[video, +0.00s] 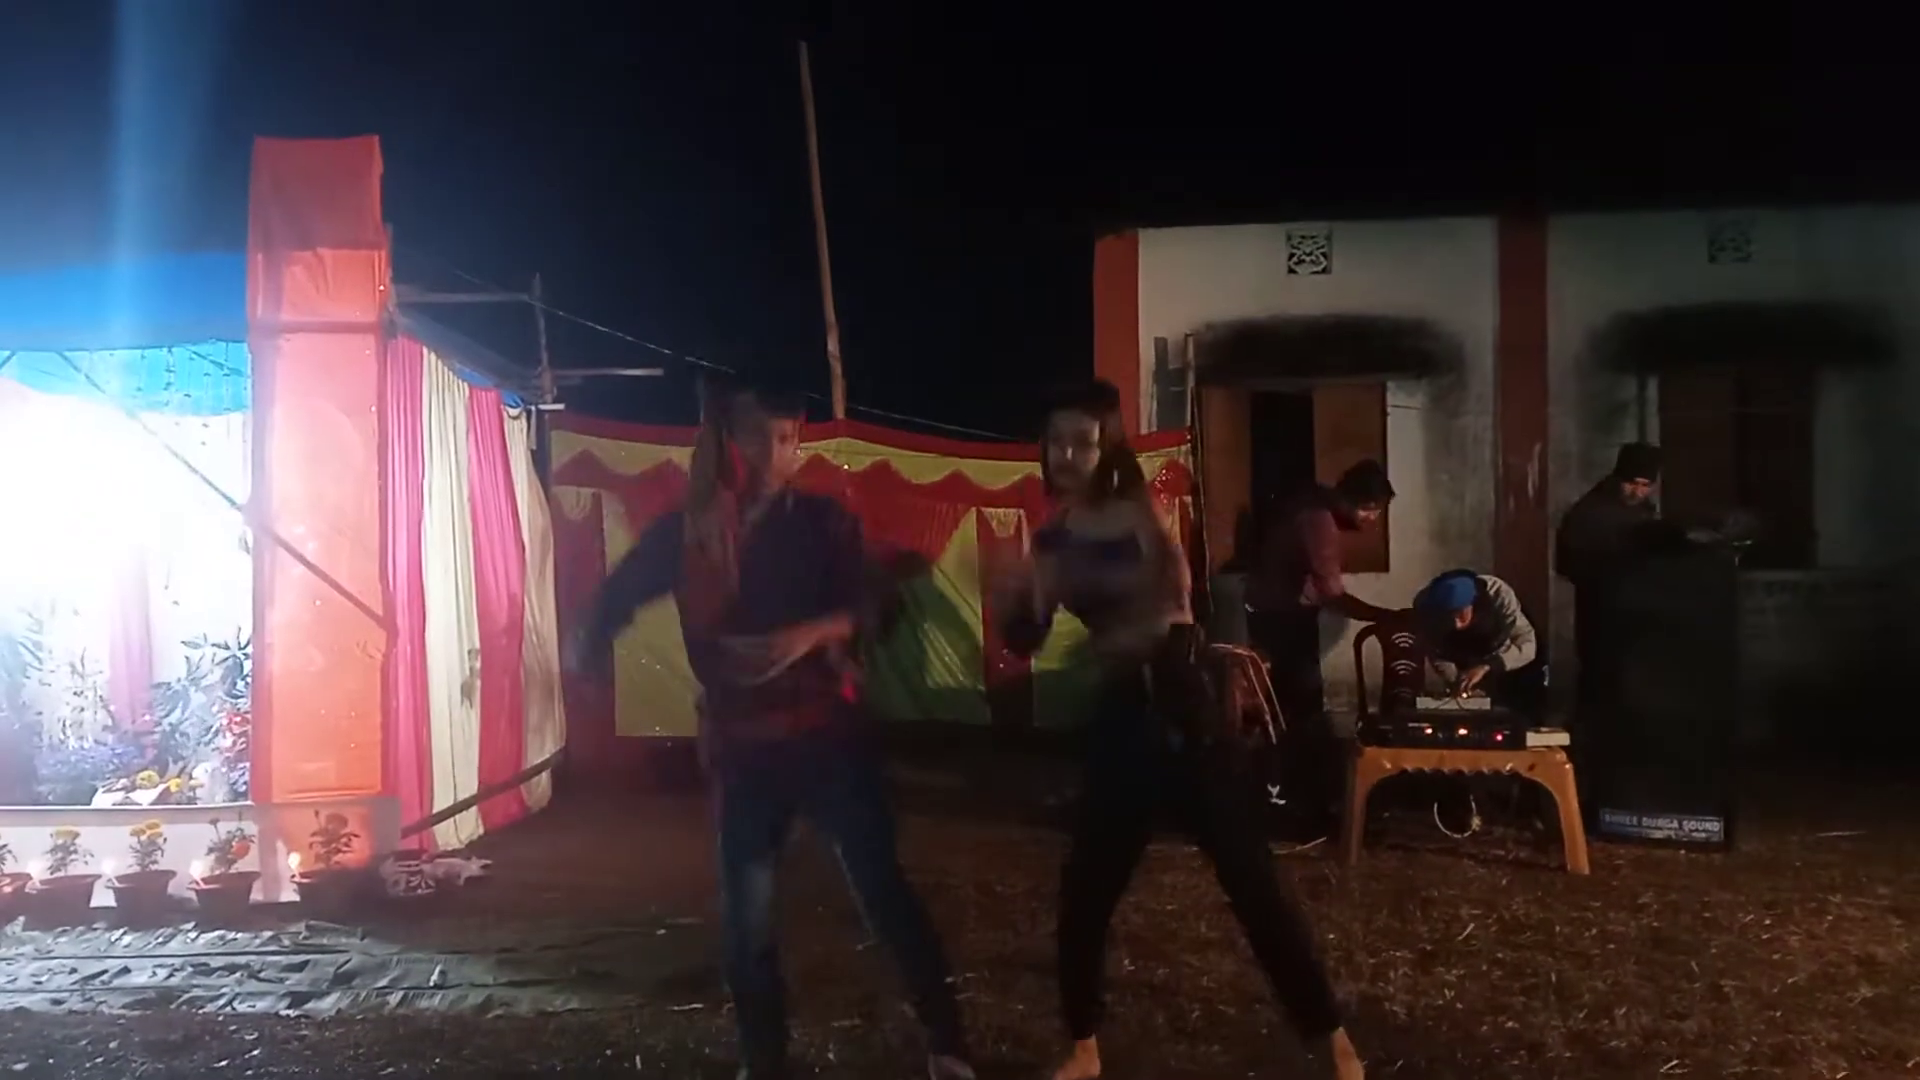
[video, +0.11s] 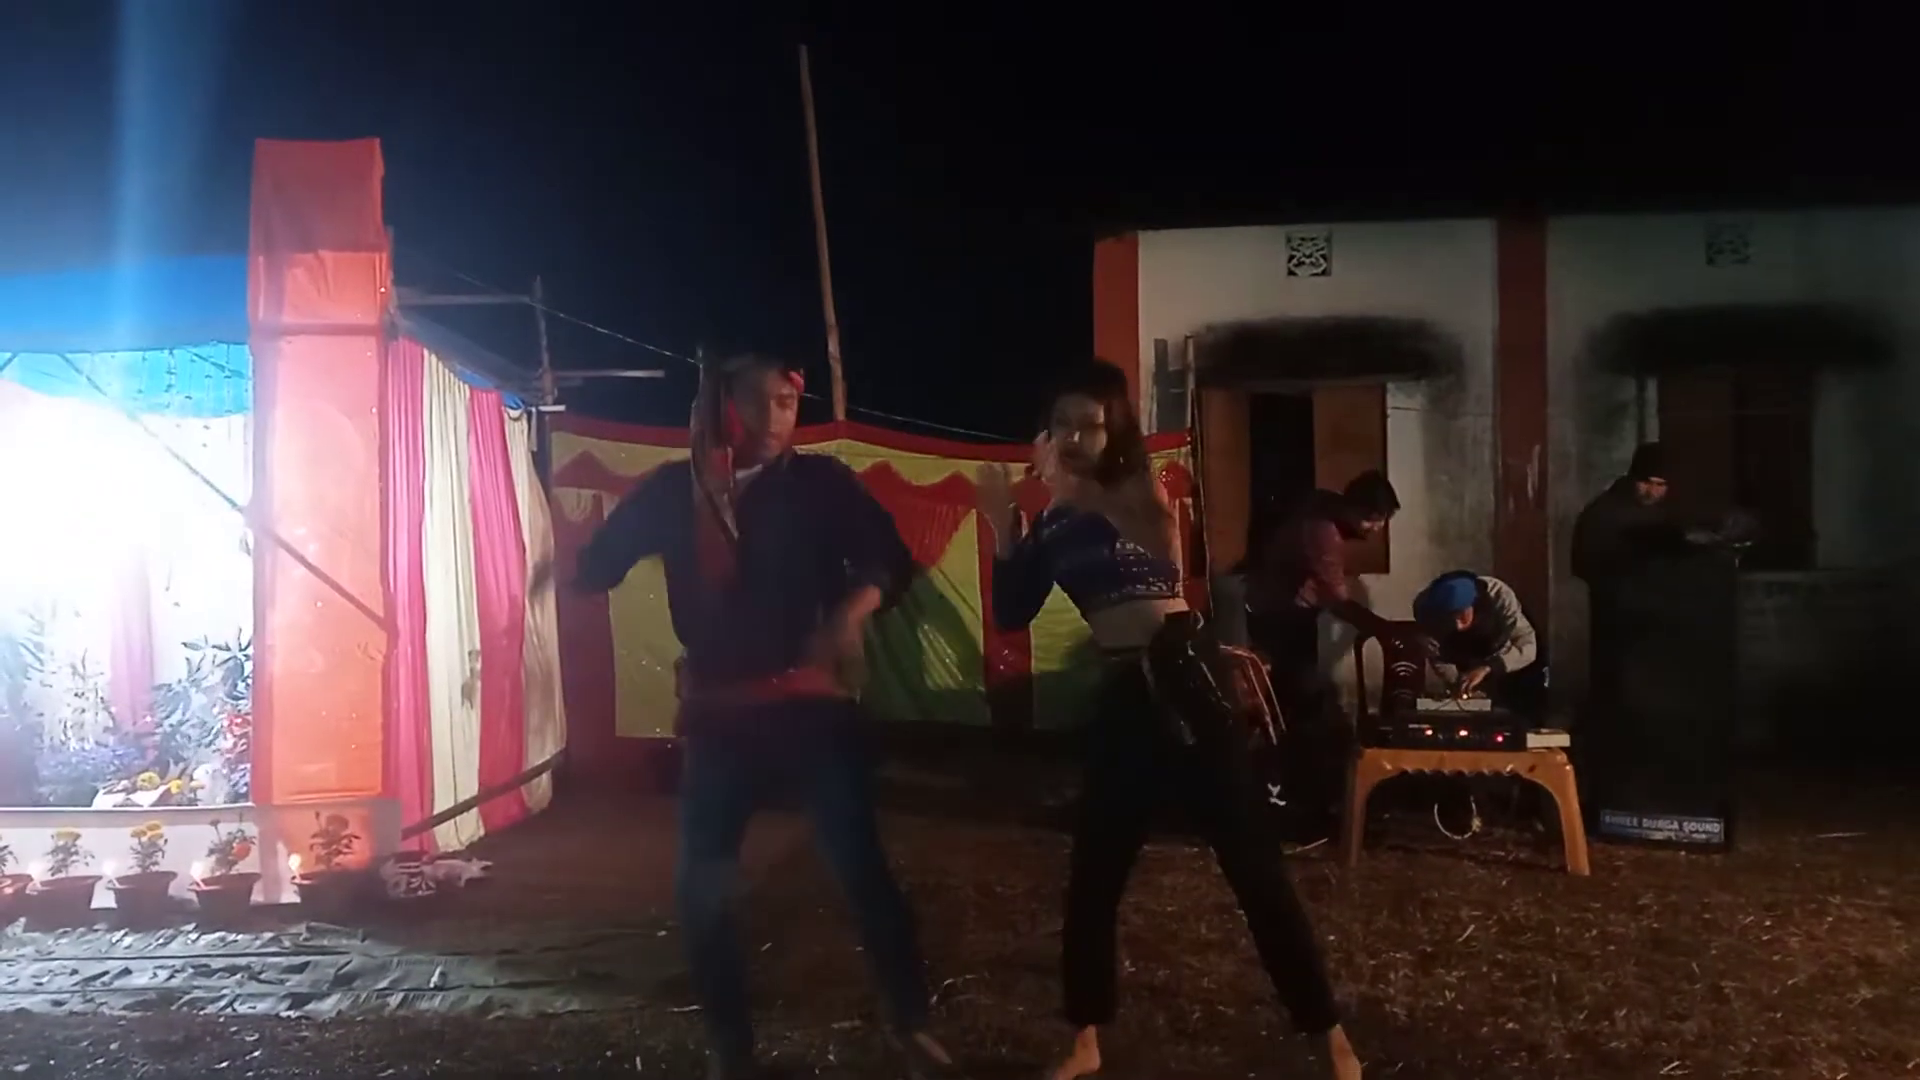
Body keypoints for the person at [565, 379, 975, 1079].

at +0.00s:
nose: (789, 453)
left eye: (794, 439)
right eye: (774, 440)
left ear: (798, 444)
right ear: (733, 444)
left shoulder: (825, 519)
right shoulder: (690, 530)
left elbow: (867, 609)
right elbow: (620, 592)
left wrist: (803, 636)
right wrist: (587, 639)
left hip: (830, 741)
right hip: (746, 750)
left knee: (881, 893)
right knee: (747, 918)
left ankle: (946, 1045)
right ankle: (762, 1060)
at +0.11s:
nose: (785, 419)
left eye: (791, 404)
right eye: (772, 403)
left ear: (796, 411)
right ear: (726, 407)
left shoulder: (819, 481)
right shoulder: (671, 491)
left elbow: (887, 558)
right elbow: (599, 568)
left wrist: (851, 614)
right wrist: (561, 563)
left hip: (817, 715)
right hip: (720, 721)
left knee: (860, 866)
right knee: (701, 887)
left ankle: (910, 1020)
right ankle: (730, 1049)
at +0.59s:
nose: (752, 438)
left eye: (763, 423)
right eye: (733, 425)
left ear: (779, 432)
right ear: (701, 437)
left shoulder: (812, 522)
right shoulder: (663, 496)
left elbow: (855, 621)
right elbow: (558, 520)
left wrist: (837, 707)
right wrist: (574, 494)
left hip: (728, 722)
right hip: (635, 713)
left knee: (789, 875)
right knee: (603, 881)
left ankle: (834, 1025)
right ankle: (569, 1043)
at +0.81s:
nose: (744, 476)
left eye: (755, 459)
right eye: (727, 460)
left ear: (771, 463)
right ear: (697, 468)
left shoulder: (811, 556)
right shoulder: (668, 547)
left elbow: (852, 668)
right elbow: (584, 577)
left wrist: (835, 761)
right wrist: (690, 576)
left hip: (762, 773)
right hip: (669, 770)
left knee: (813, 929)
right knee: (636, 921)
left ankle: (802, 1062)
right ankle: (575, 1060)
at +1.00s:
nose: (750, 415)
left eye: (760, 403)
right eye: (736, 401)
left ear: (771, 415)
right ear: (700, 409)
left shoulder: (811, 500)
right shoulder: (662, 495)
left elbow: (862, 620)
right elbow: (574, 556)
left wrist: (866, 719)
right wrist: (577, 492)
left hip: (798, 723)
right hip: (702, 726)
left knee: (827, 881)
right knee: (654, 884)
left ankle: (842, 1041)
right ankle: (636, 1039)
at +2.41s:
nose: (789, 399)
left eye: (794, 389)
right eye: (774, 385)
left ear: (794, 405)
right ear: (732, 393)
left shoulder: (808, 499)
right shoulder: (691, 471)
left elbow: (823, 603)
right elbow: (706, 567)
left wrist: (818, 696)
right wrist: (815, 517)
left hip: (735, 716)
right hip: (650, 709)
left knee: (782, 878)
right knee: (613, 888)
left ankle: (793, 1047)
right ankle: (574, 1052)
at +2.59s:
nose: (762, 457)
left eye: (769, 443)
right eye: (743, 441)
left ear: (779, 457)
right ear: (699, 451)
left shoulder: (774, 553)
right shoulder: (685, 539)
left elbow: (780, 670)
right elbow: (665, 659)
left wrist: (783, 782)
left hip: (705, 774)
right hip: (624, 768)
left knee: (769, 928)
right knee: (587, 945)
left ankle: (765, 1066)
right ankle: (540, 1068)